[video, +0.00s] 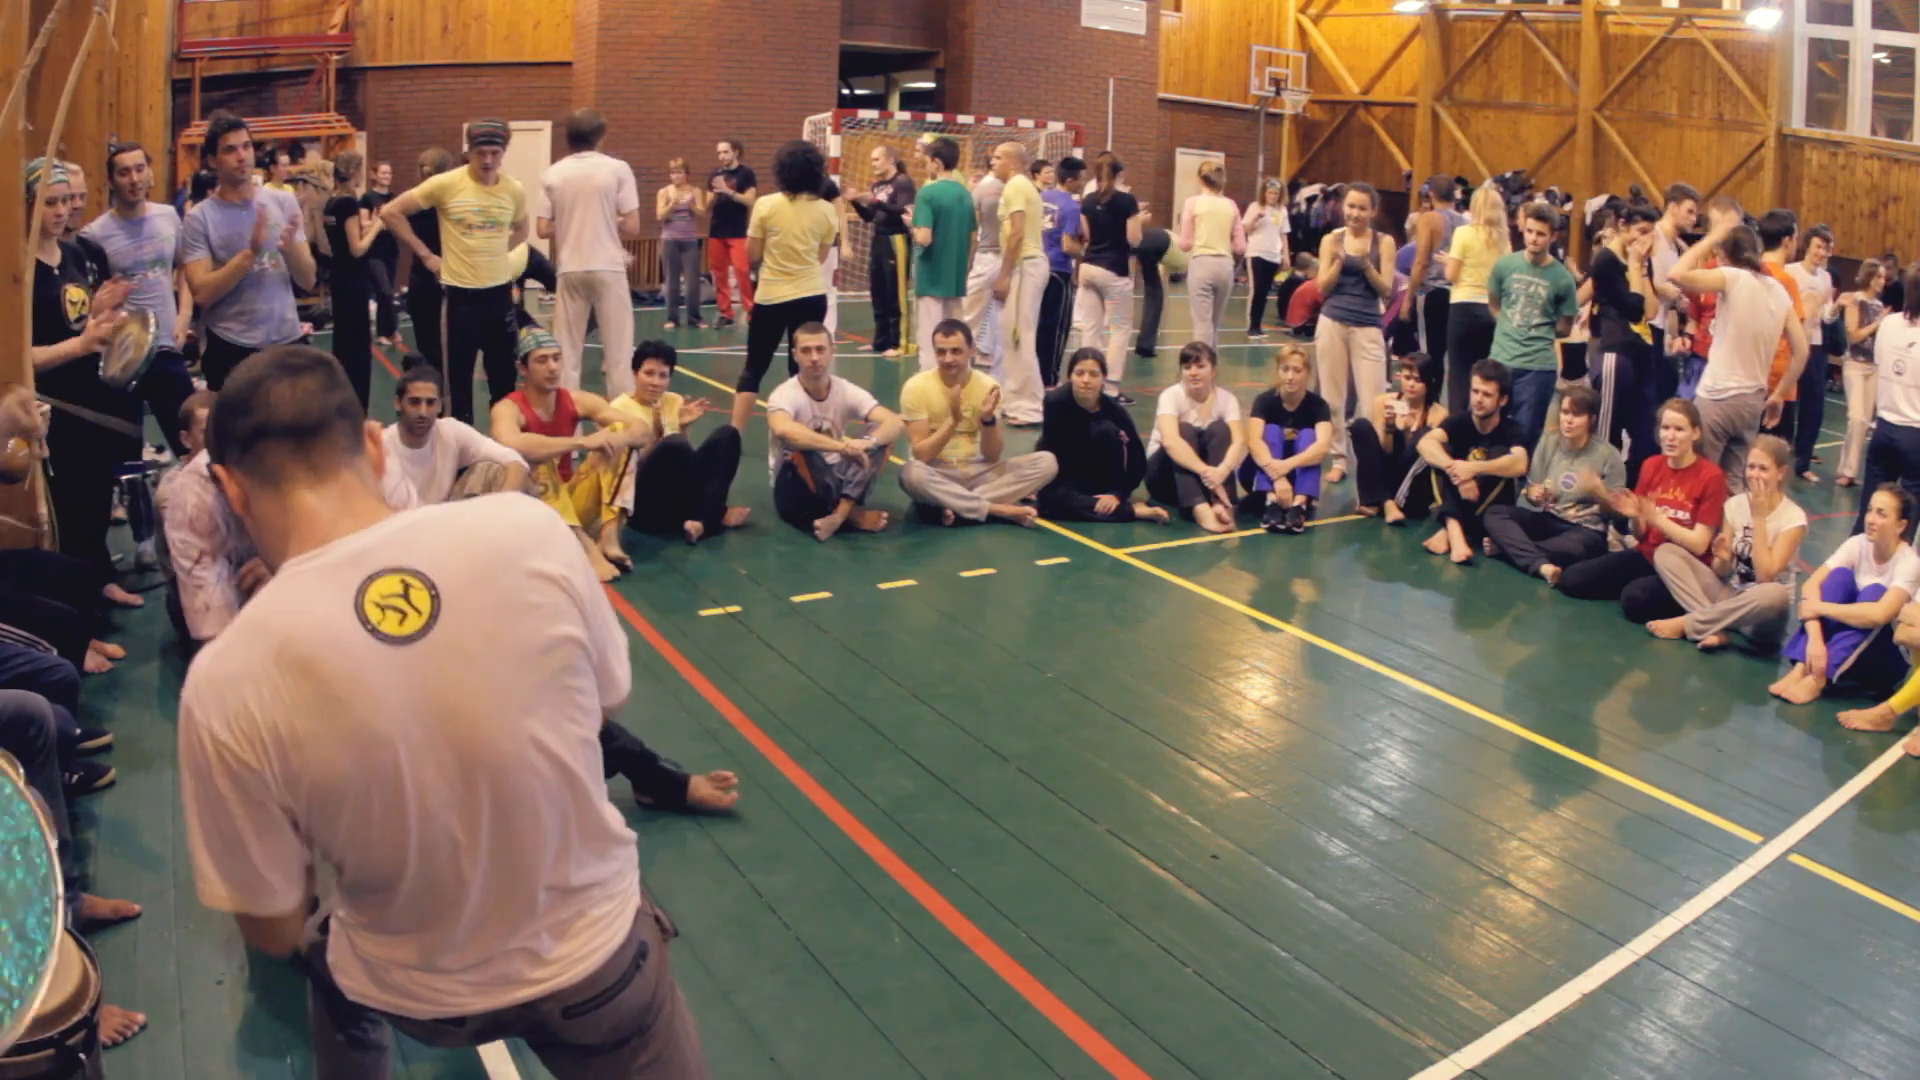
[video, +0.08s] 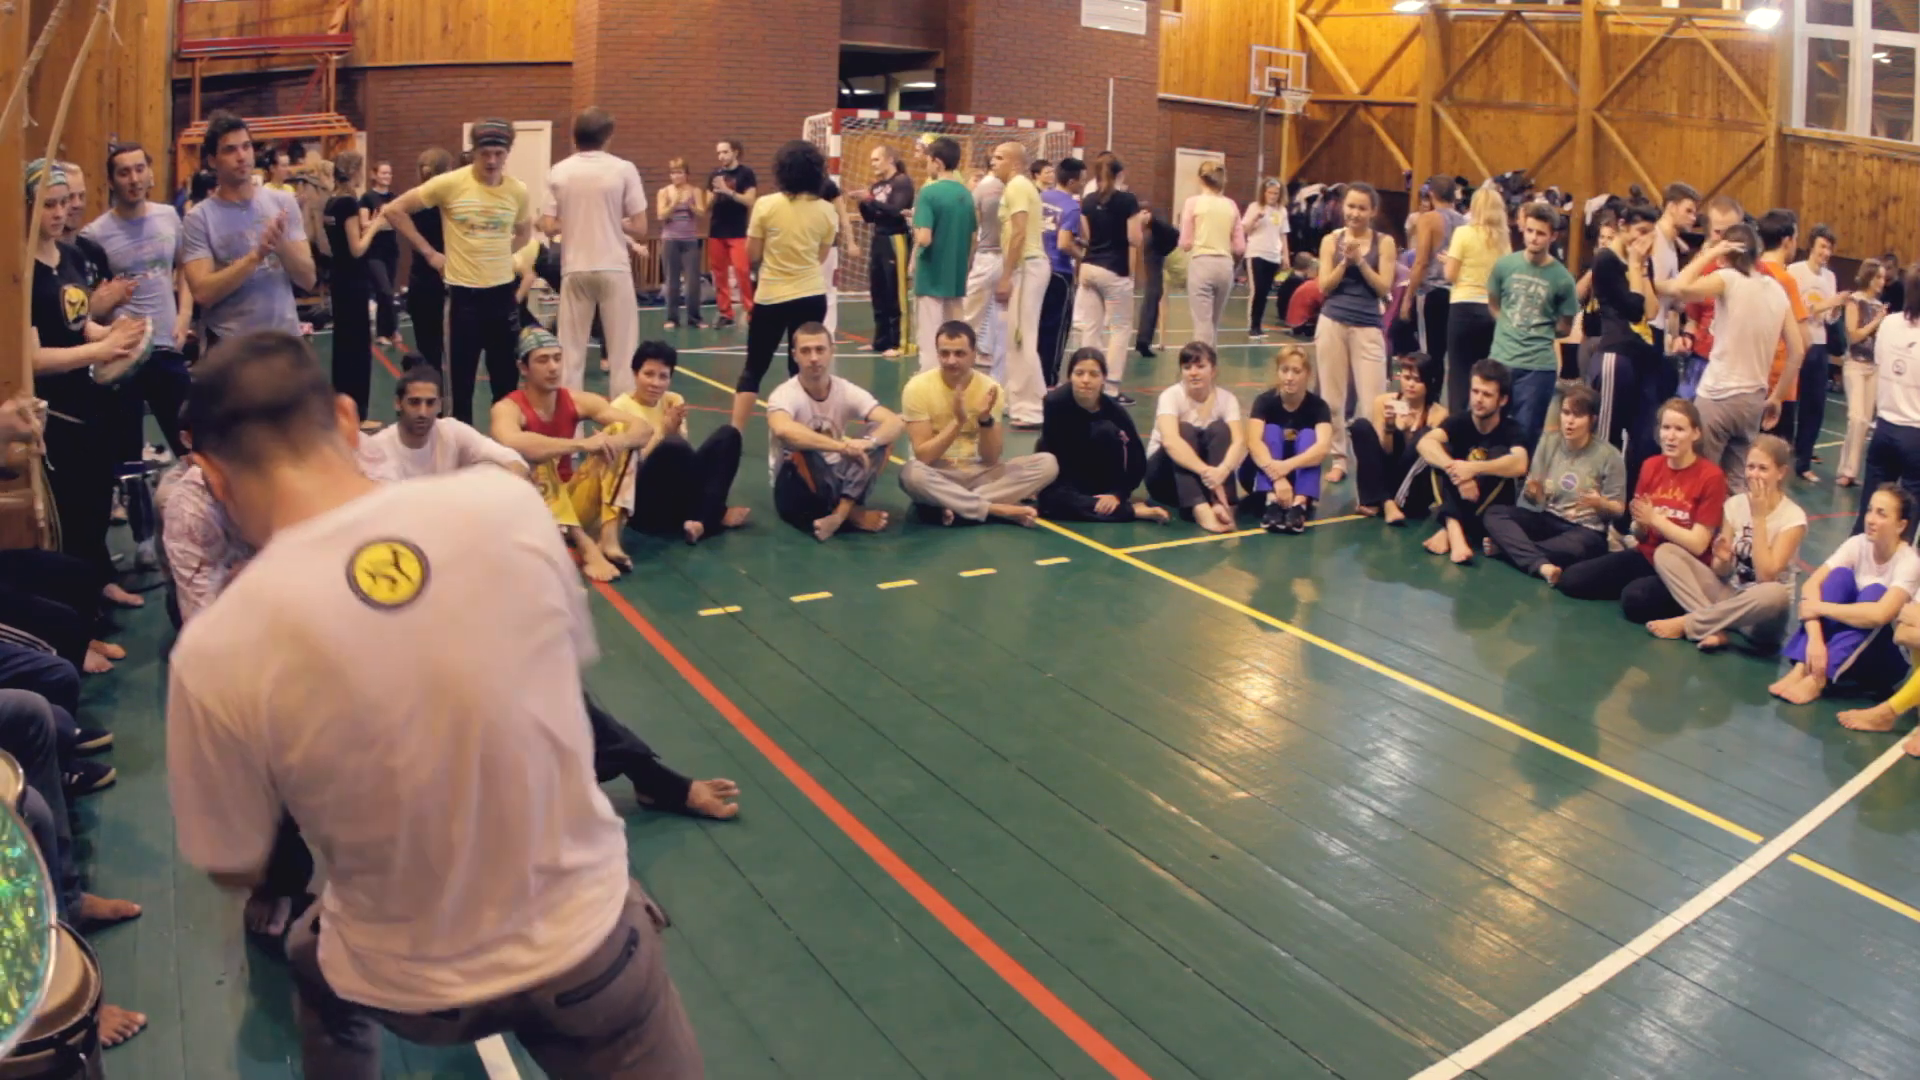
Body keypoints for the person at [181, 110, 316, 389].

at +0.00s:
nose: (242, 157)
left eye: (247, 147)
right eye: (230, 150)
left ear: (254, 151)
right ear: (212, 160)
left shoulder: (284, 202)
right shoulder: (199, 218)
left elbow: (308, 280)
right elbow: (202, 294)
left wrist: (291, 246)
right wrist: (251, 251)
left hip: (287, 342)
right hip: (231, 348)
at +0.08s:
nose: (242, 156)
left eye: (246, 147)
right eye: (230, 150)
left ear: (254, 151)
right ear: (212, 161)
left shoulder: (283, 202)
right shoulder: (199, 218)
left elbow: (308, 280)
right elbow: (203, 292)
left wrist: (282, 246)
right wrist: (256, 256)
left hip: (285, 341)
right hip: (229, 347)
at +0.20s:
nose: (241, 157)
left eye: (246, 147)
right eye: (230, 150)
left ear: (254, 152)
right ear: (212, 161)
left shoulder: (283, 202)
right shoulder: (199, 218)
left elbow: (307, 282)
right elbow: (202, 288)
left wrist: (297, 249)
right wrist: (248, 251)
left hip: (286, 339)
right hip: (237, 346)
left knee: (306, 431)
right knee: (247, 439)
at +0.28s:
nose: (242, 157)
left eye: (246, 147)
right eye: (230, 150)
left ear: (254, 152)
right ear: (212, 161)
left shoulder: (283, 202)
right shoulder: (199, 217)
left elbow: (307, 282)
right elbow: (202, 293)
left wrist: (297, 249)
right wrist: (248, 251)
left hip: (285, 344)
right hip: (230, 349)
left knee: (304, 437)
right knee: (239, 445)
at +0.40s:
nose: (241, 158)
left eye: (245, 148)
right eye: (229, 151)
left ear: (253, 152)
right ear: (211, 161)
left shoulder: (280, 202)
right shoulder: (198, 218)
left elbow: (306, 280)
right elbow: (204, 291)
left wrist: (283, 241)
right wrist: (257, 254)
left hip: (285, 347)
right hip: (230, 352)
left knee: (304, 438)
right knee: (239, 444)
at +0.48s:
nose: (240, 157)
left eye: (244, 148)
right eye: (229, 151)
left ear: (253, 152)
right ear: (211, 161)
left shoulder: (279, 202)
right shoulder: (198, 218)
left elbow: (305, 280)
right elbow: (203, 291)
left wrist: (288, 240)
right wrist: (253, 251)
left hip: (284, 345)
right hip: (230, 351)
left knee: (303, 439)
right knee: (238, 445)